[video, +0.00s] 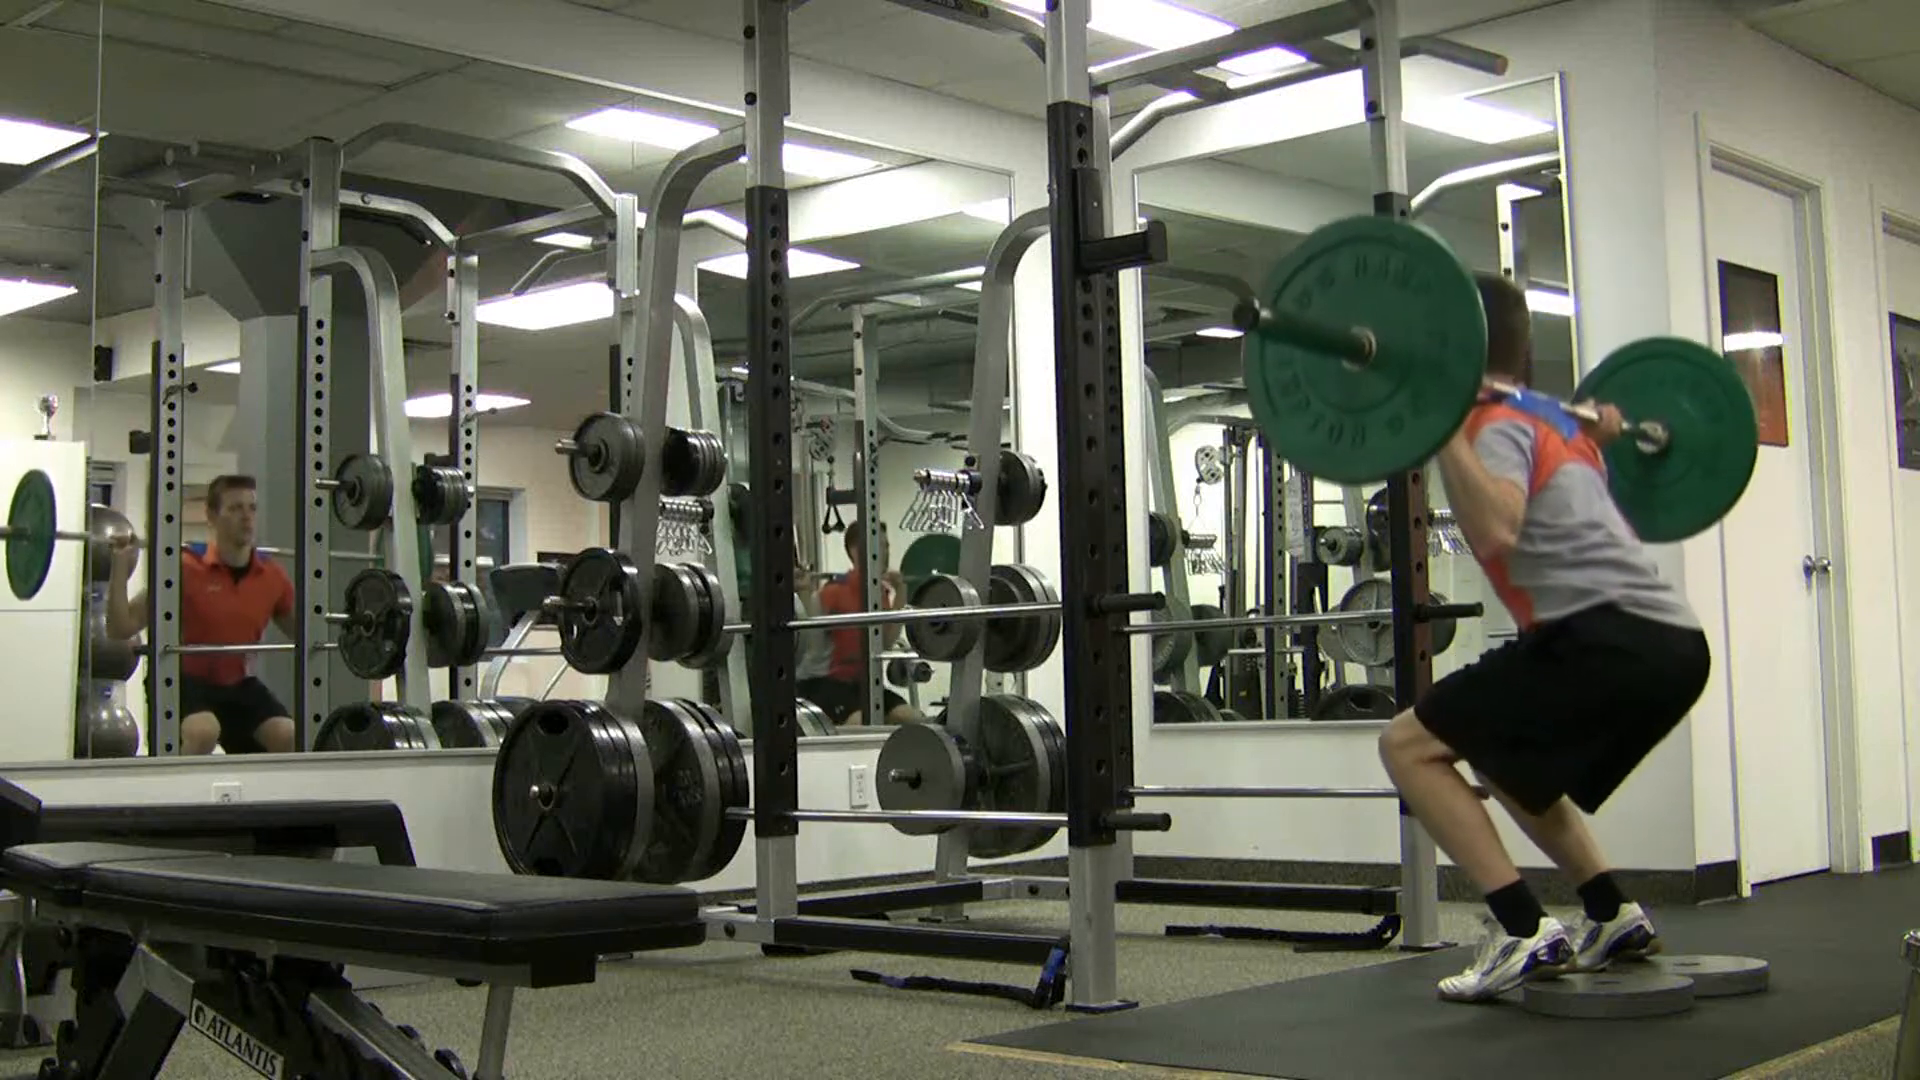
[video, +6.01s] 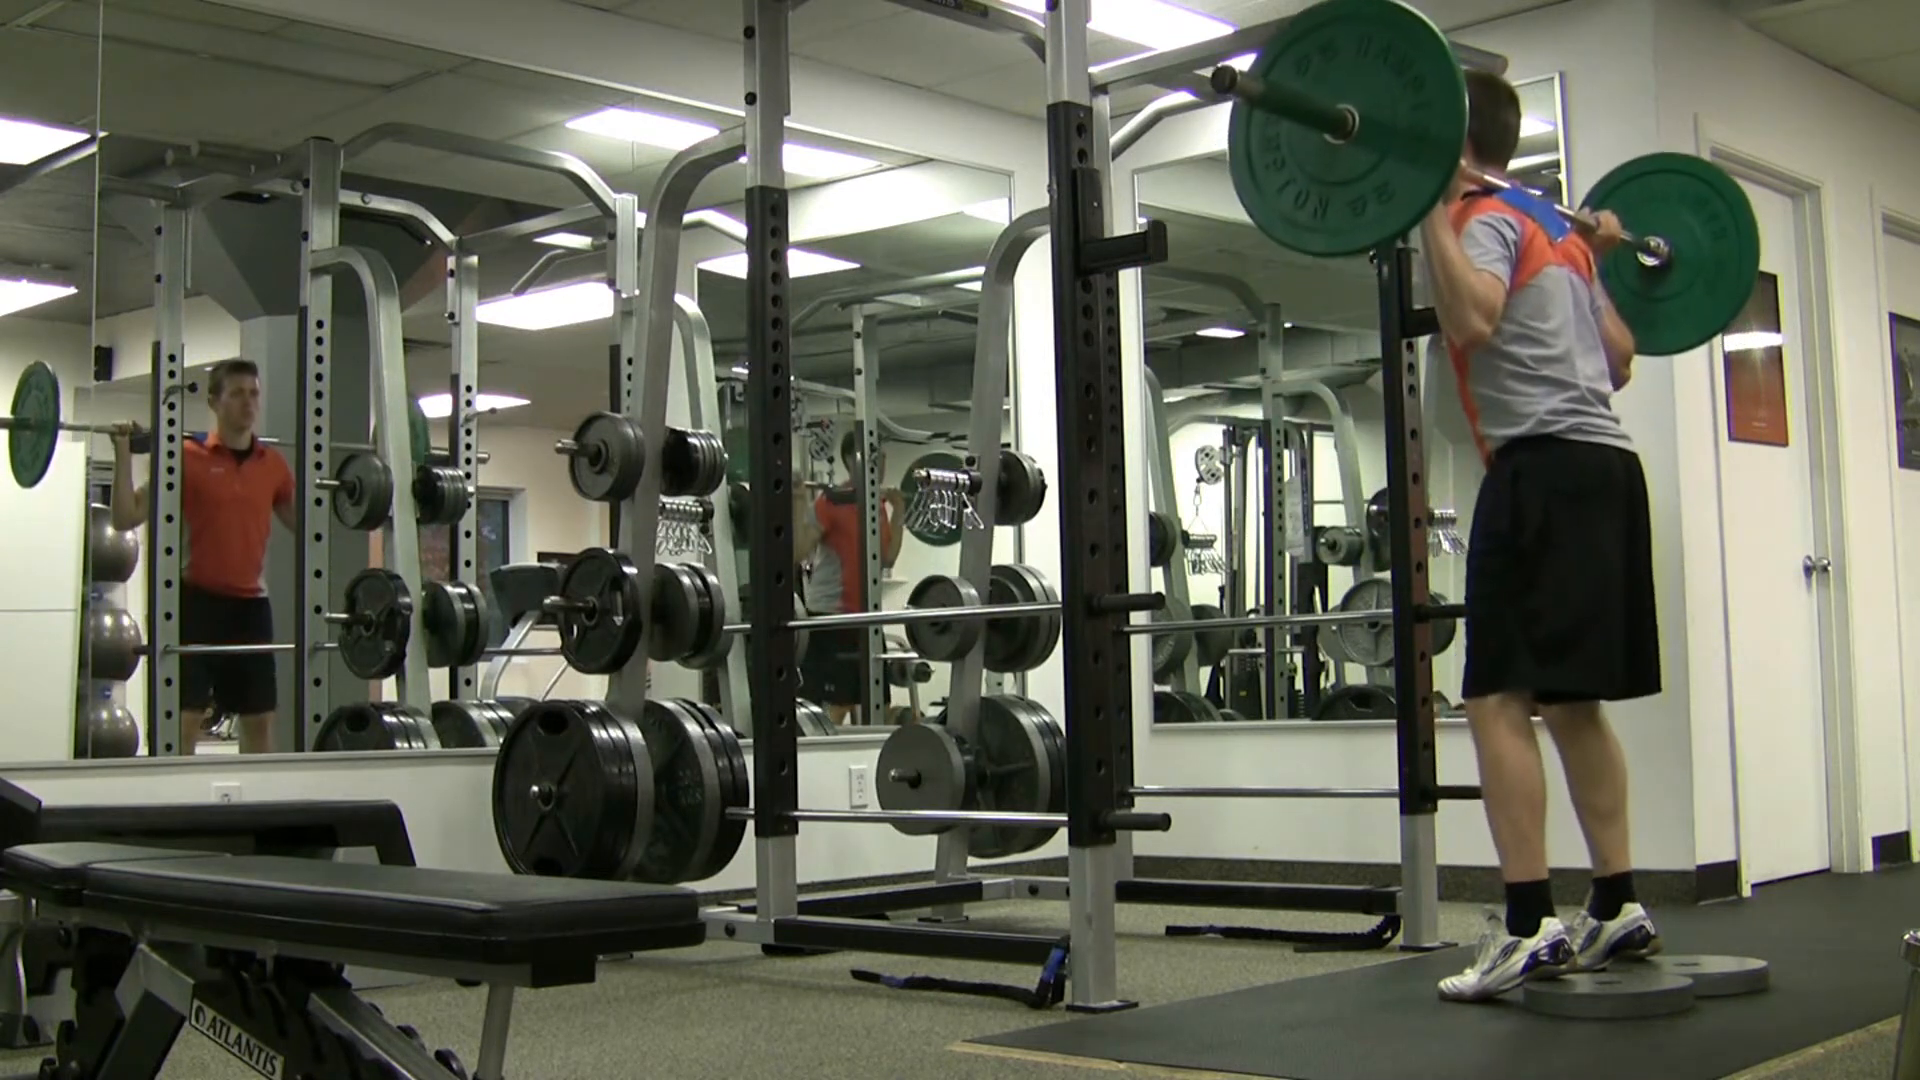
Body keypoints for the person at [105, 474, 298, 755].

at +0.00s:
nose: (247, 517)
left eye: (252, 508)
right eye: (236, 508)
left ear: (258, 514)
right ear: (212, 515)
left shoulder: (272, 577)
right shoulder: (184, 568)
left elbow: (309, 639)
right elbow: (120, 629)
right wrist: (120, 570)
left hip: (237, 684)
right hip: (183, 680)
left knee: (285, 735)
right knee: (203, 732)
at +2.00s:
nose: (249, 420)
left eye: (254, 412)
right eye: (239, 412)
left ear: (261, 418)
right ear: (215, 418)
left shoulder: (272, 482)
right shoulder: (185, 473)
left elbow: (308, 546)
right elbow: (123, 532)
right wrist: (123, 467)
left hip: (242, 613)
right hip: (188, 611)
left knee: (263, 717)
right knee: (194, 713)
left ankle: (260, 805)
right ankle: (176, 805)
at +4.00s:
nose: (248, 531)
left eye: (253, 522)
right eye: (237, 523)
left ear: (259, 526)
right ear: (213, 528)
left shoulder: (272, 588)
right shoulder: (183, 579)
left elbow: (302, 647)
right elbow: (124, 639)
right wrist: (120, 579)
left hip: (235, 693)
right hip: (181, 689)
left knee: (287, 737)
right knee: (205, 732)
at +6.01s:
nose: (249, 402)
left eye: (254, 394)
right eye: (238, 394)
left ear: (261, 401)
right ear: (214, 402)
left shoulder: (272, 462)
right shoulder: (187, 456)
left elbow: (308, 528)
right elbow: (126, 517)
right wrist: (123, 452)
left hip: (250, 605)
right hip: (195, 602)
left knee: (259, 722)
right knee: (187, 721)